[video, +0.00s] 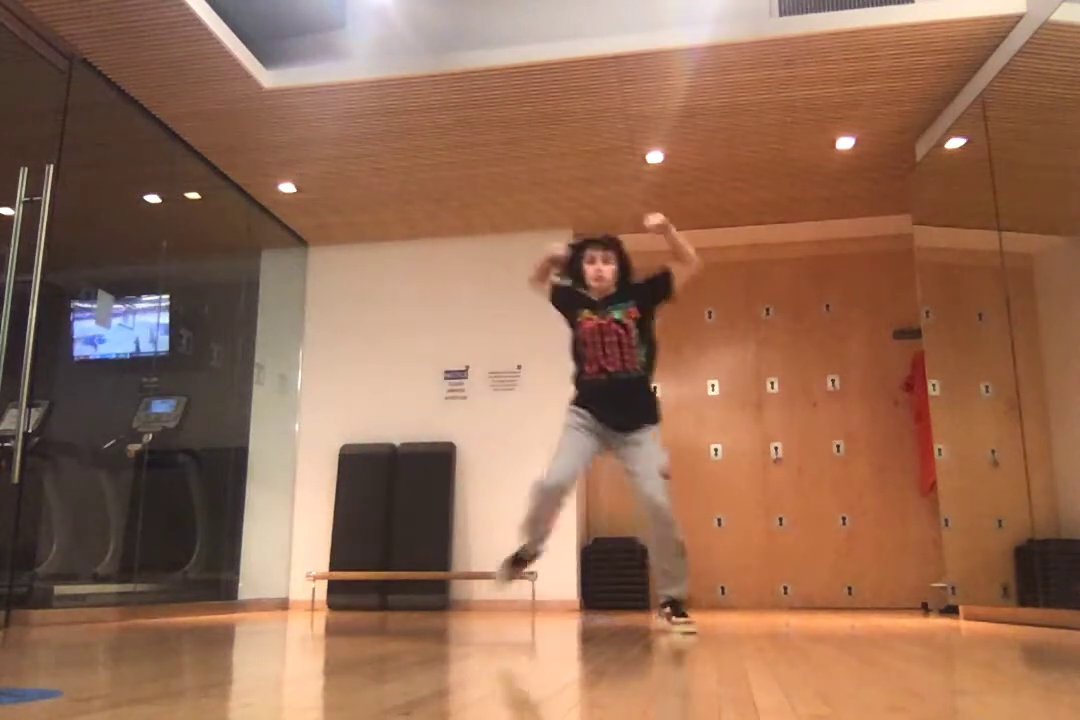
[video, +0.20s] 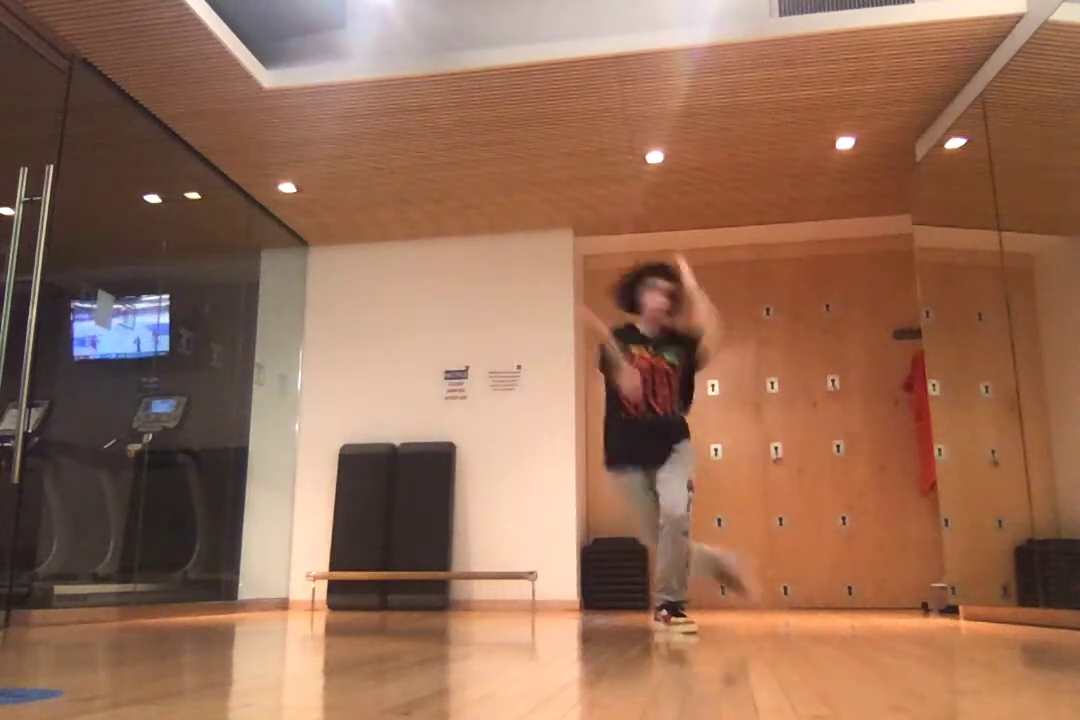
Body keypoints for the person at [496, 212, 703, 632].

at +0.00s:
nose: (599, 269)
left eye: (608, 261)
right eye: (591, 261)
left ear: (621, 267)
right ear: (580, 269)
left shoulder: (640, 296)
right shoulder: (575, 304)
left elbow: (690, 265)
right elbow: (538, 282)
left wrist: (667, 232)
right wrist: (549, 260)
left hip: (638, 422)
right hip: (587, 417)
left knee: (657, 502)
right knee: (554, 483)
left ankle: (672, 599)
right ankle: (528, 550)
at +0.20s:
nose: (663, 300)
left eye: (668, 294)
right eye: (655, 291)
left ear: (674, 303)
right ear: (638, 298)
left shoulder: (683, 346)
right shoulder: (619, 341)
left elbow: (707, 327)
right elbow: (630, 389)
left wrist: (691, 285)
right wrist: (614, 352)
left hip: (672, 445)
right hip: (627, 452)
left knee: (675, 516)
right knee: (654, 535)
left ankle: (670, 604)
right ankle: (719, 564)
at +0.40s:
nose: (695, 340)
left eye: (698, 334)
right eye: (694, 332)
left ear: (680, 328)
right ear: (679, 326)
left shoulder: (688, 361)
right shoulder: (636, 361)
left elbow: (699, 396)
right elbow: (656, 417)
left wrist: (703, 342)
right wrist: (689, 456)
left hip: (698, 456)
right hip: (656, 467)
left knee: (679, 524)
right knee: (703, 540)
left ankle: (669, 605)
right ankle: (785, 591)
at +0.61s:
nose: (648, 273)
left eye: (656, 263)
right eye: (642, 266)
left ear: (675, 268)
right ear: (635, 273)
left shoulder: (691, 307)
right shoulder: (626, 322)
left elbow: (661, 318)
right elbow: (622, 378)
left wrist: (620, 287)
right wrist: (635, 428)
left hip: (695, 424)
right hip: (652, 432)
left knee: (688, 504)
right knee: (656, 524)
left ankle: (705, 582)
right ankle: (705, 568)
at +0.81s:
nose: (626, 300)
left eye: (633, 291)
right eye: (618, 294)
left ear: (650, 294)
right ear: (610, 305)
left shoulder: (660, 336)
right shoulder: (628, 349)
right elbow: (628, 402)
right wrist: (634, 449)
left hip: (692, 450)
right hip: (647, 450)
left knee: (704, 520)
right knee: (592, 508)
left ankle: (737, 600)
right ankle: (561, 603)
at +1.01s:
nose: (705, 301)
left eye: (706, 295)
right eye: (696, 295)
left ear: (707, 303)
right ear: (676, 301)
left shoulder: (707, 348)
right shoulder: (648, 339)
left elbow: (750, 384)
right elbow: (649, 389)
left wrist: (784, 415)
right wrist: (691, 397)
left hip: (660, 447)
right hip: (613, 441)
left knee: (711, 518)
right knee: (585, 519)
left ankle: (728, 606)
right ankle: (545, 603)